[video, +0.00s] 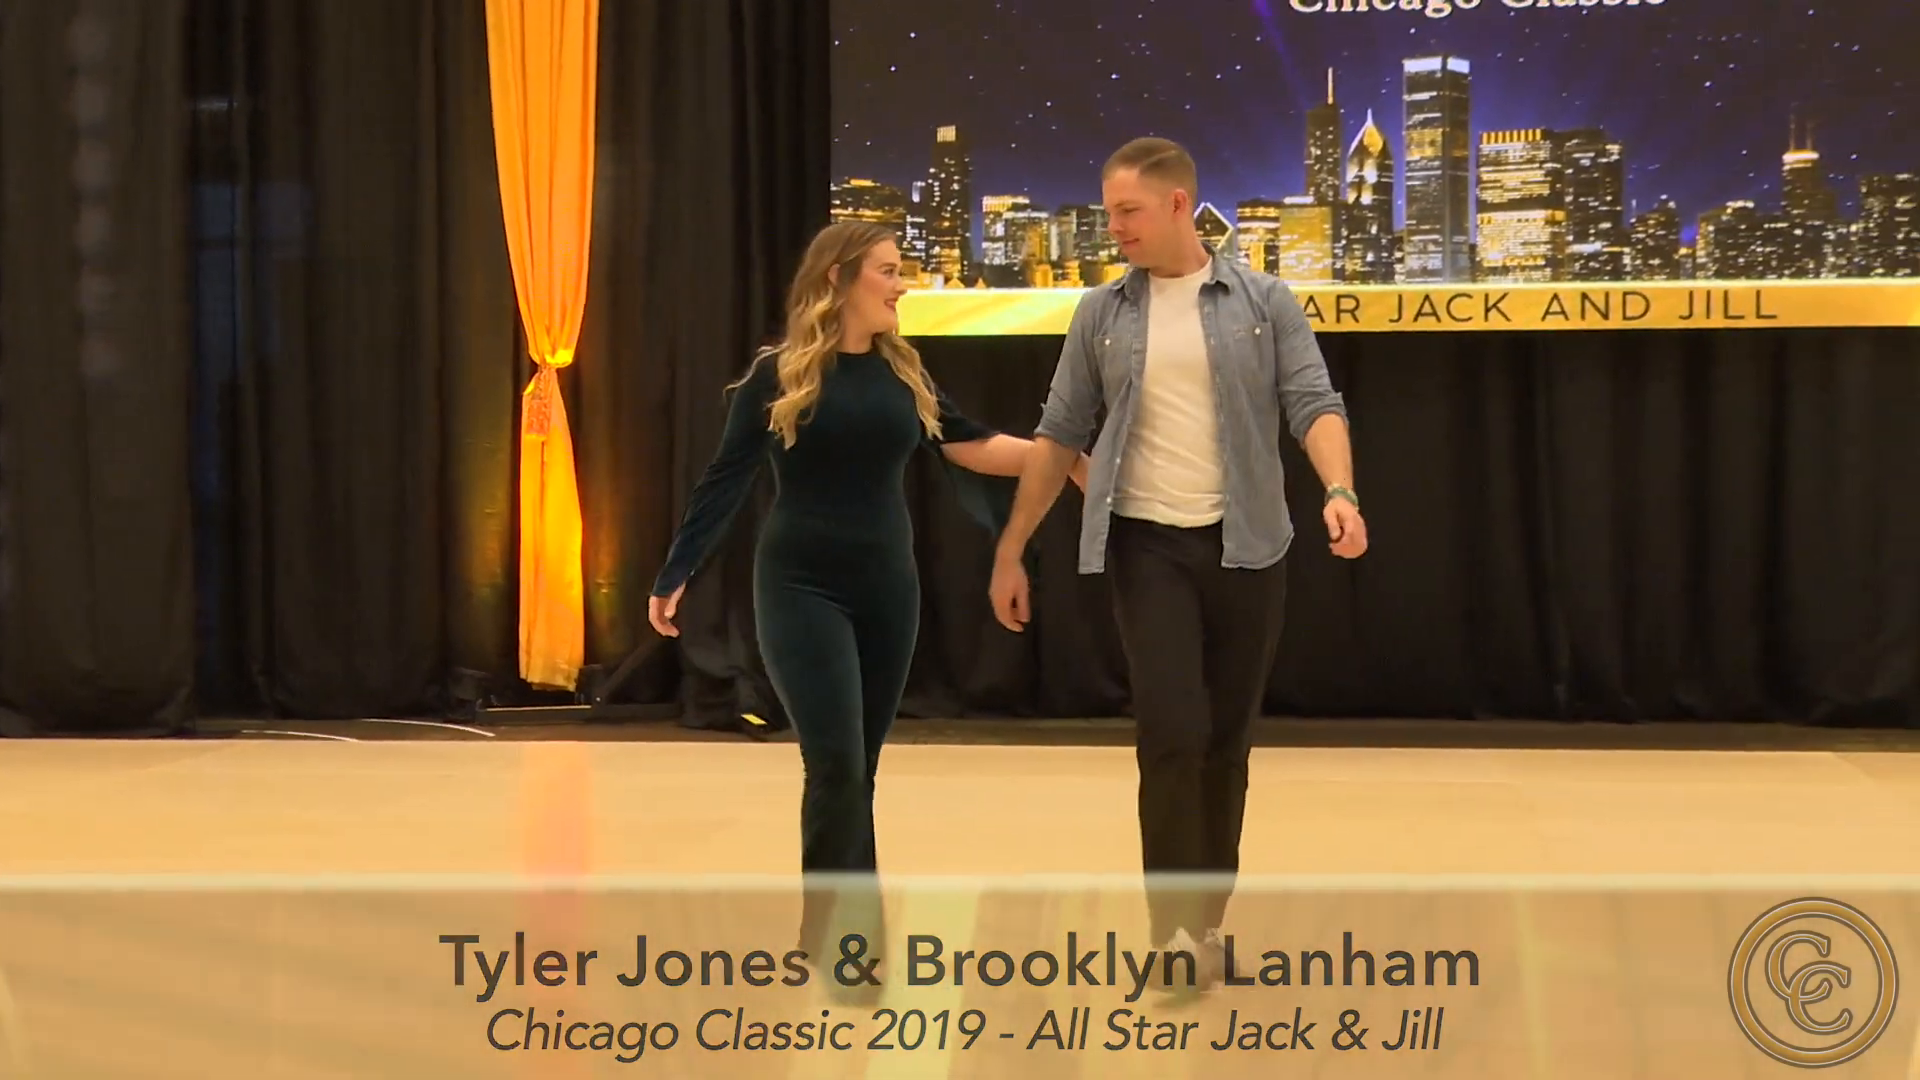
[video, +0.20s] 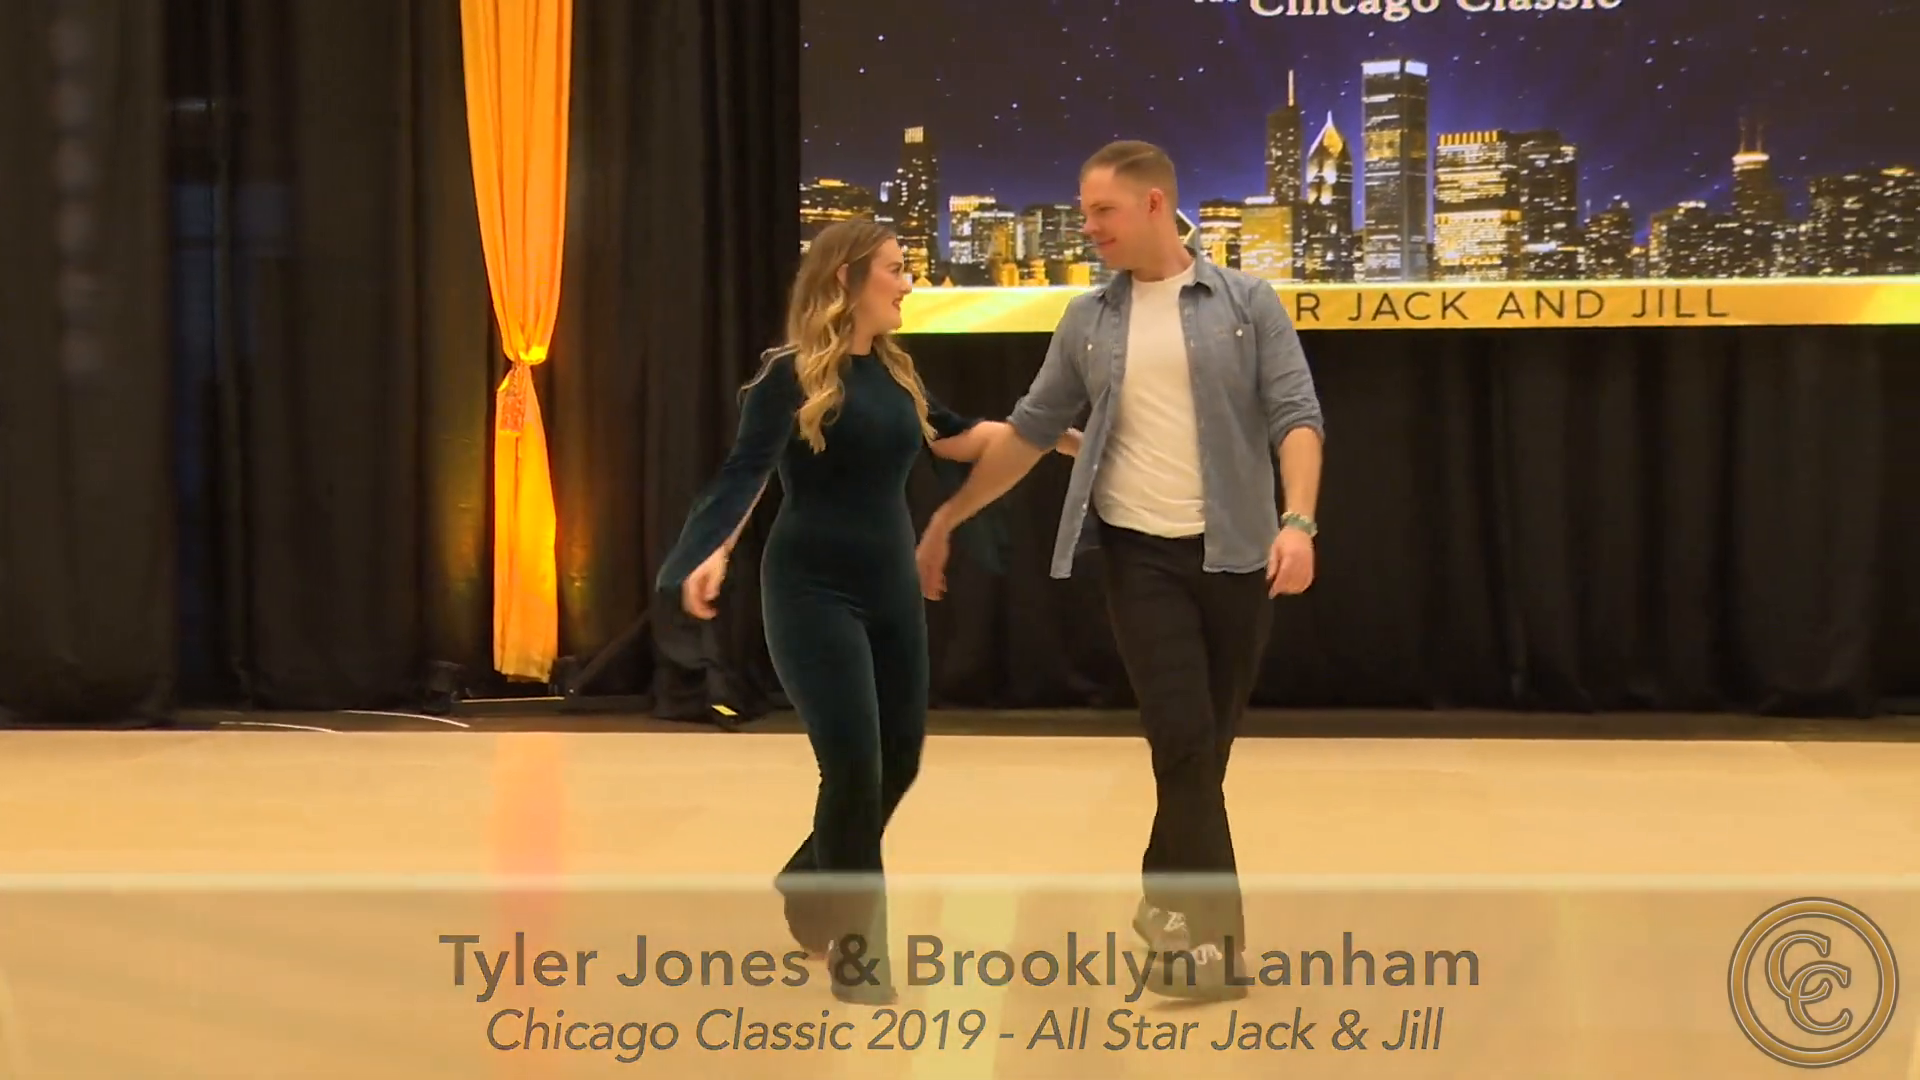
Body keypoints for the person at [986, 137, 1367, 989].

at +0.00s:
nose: (1116, 228)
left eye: (1128, 213)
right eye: (1110, 214)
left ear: (1182, 206)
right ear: (1113, 215)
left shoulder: (1266, 301)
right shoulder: (1102, 310)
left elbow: (1314, 405)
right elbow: (1059, 439)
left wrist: (1339, 491)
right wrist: (1008, 549)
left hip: (1246, 545)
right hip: (1144, 545)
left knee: (1225, 742)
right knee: (1172, 734)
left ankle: (1208, 927)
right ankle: (1170, 935)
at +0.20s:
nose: (1090, 229)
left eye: (1102, 212)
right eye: (1085, 214)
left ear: (1157, 205)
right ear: (1103, 215)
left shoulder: (1249, 303)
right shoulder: (1088, 317)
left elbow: (1299, 418)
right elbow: (1029, 430)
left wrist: (1298, 521)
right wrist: (945, 518)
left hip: (1235, 552)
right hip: (1136, 551)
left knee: (1206, 746)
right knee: (1182, 740)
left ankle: (1160, 914)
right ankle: (1218, 935)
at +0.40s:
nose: (1065, 215)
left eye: (1078, 197)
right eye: (1060, 200)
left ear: (1132, 191)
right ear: (1082, 202)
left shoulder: (1225, 288)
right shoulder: (1067, 306)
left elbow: (1265, 422)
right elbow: (995, 409)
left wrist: (1265, 549)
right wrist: (886, 463)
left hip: (1206, 540)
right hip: (1107, 542)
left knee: (1218, 733)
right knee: (1142, 736)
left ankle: (1222, 902)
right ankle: (1176, 938)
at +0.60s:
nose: (1052, 202)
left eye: (1064, 185)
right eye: (1049, 187)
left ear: (1119, 183)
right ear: (1084, 189)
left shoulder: (1209, 282)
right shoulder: (1052, 297)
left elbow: (1254, 419)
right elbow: (1009, 409)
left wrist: (1264, 548)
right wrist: (938, 425)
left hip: (1194, 539)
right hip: (1087, 544)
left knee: (1231, 733)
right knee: (1119, 744)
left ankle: (1282, 927)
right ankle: (1155, 932)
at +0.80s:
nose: (1037, 199)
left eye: (1049, 183)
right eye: (1035, 185)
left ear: (1105, 184)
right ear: (1072, 190)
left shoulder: (1189, 283)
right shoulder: (1040, 300)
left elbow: (1224, 420)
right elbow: (1017, 422)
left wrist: (1226, 549)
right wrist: (1007, 535)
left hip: (1166, 536)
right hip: (1066, 541)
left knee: (1189, 719)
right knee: (1095, 738)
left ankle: (1222, 917)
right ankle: (1129, 919)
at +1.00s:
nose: (1026, 201)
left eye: (1039, 185)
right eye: (1026, 187)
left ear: (1095, 189)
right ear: (1071, 193)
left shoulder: (1163, 287)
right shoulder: (1053, 299)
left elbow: (1204, 421)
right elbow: (1021, 423)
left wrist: (1160, 538)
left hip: (1127, 553)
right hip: (1048, 551)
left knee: (1137, 747)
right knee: (1077, 743)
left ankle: (1171, 954)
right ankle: (1112, 917)